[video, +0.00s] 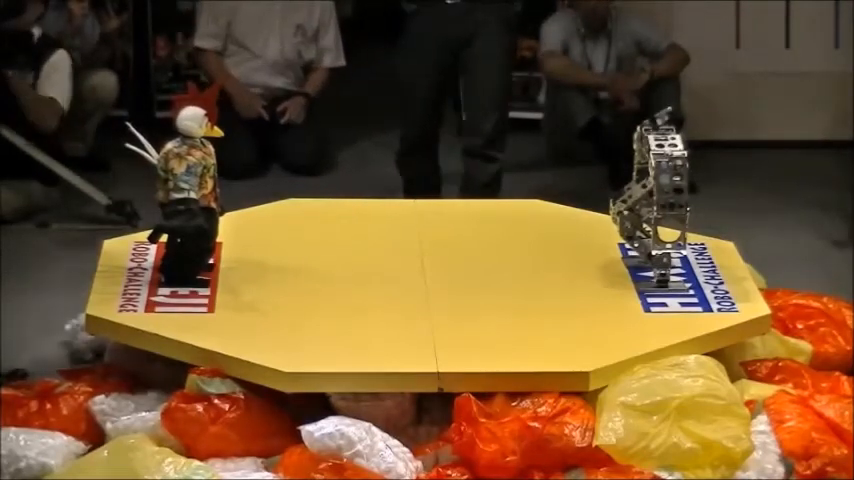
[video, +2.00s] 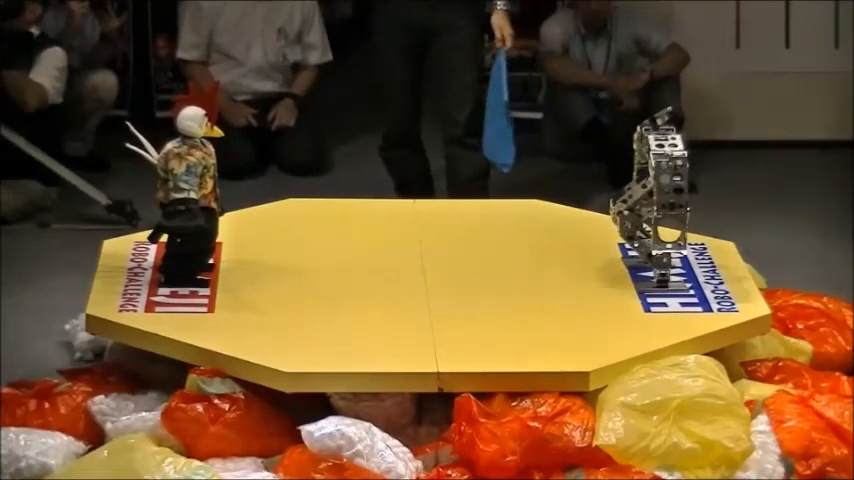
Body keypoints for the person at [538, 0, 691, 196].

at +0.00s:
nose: (595, 7)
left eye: (601, 2)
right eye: (588, 2)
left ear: (610, 4)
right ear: (574, 5)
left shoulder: (626, 23)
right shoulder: (559, 25)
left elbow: (679, 56)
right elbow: (552, 65)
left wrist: (646, 74)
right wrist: (608, 82)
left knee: (666, 83)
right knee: (564, 85)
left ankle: (670, 168)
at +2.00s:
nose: (594, 8)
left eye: (601, 2)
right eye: (587, 2)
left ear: (610, 4)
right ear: (575, 5)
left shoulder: (625, 25)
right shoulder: (557, 27)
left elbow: (679, 56)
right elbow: (554, 67)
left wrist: (644, 76)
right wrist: (612, 84)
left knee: (667, 82)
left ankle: (668, 166)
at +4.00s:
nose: (598, 9)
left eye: (603, 2)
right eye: (590, 2)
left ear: (611, 4)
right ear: (575, 5)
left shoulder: (628, 25)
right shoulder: (557, 26)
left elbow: (679, 56)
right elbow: (554, 69)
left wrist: (644, 76)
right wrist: (611, 83)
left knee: (666, 81)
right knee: (565, 90)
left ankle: (669, 166)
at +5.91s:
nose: (597, 11)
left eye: (603, 4)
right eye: (589, 5)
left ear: (612, 5)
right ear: (576, 7)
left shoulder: (629, 22)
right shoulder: (558, 24)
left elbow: (679, 56)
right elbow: (551, 64)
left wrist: (644, 76)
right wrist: (608, 84)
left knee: (667, 80)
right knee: (563, 89)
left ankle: (667, 152)